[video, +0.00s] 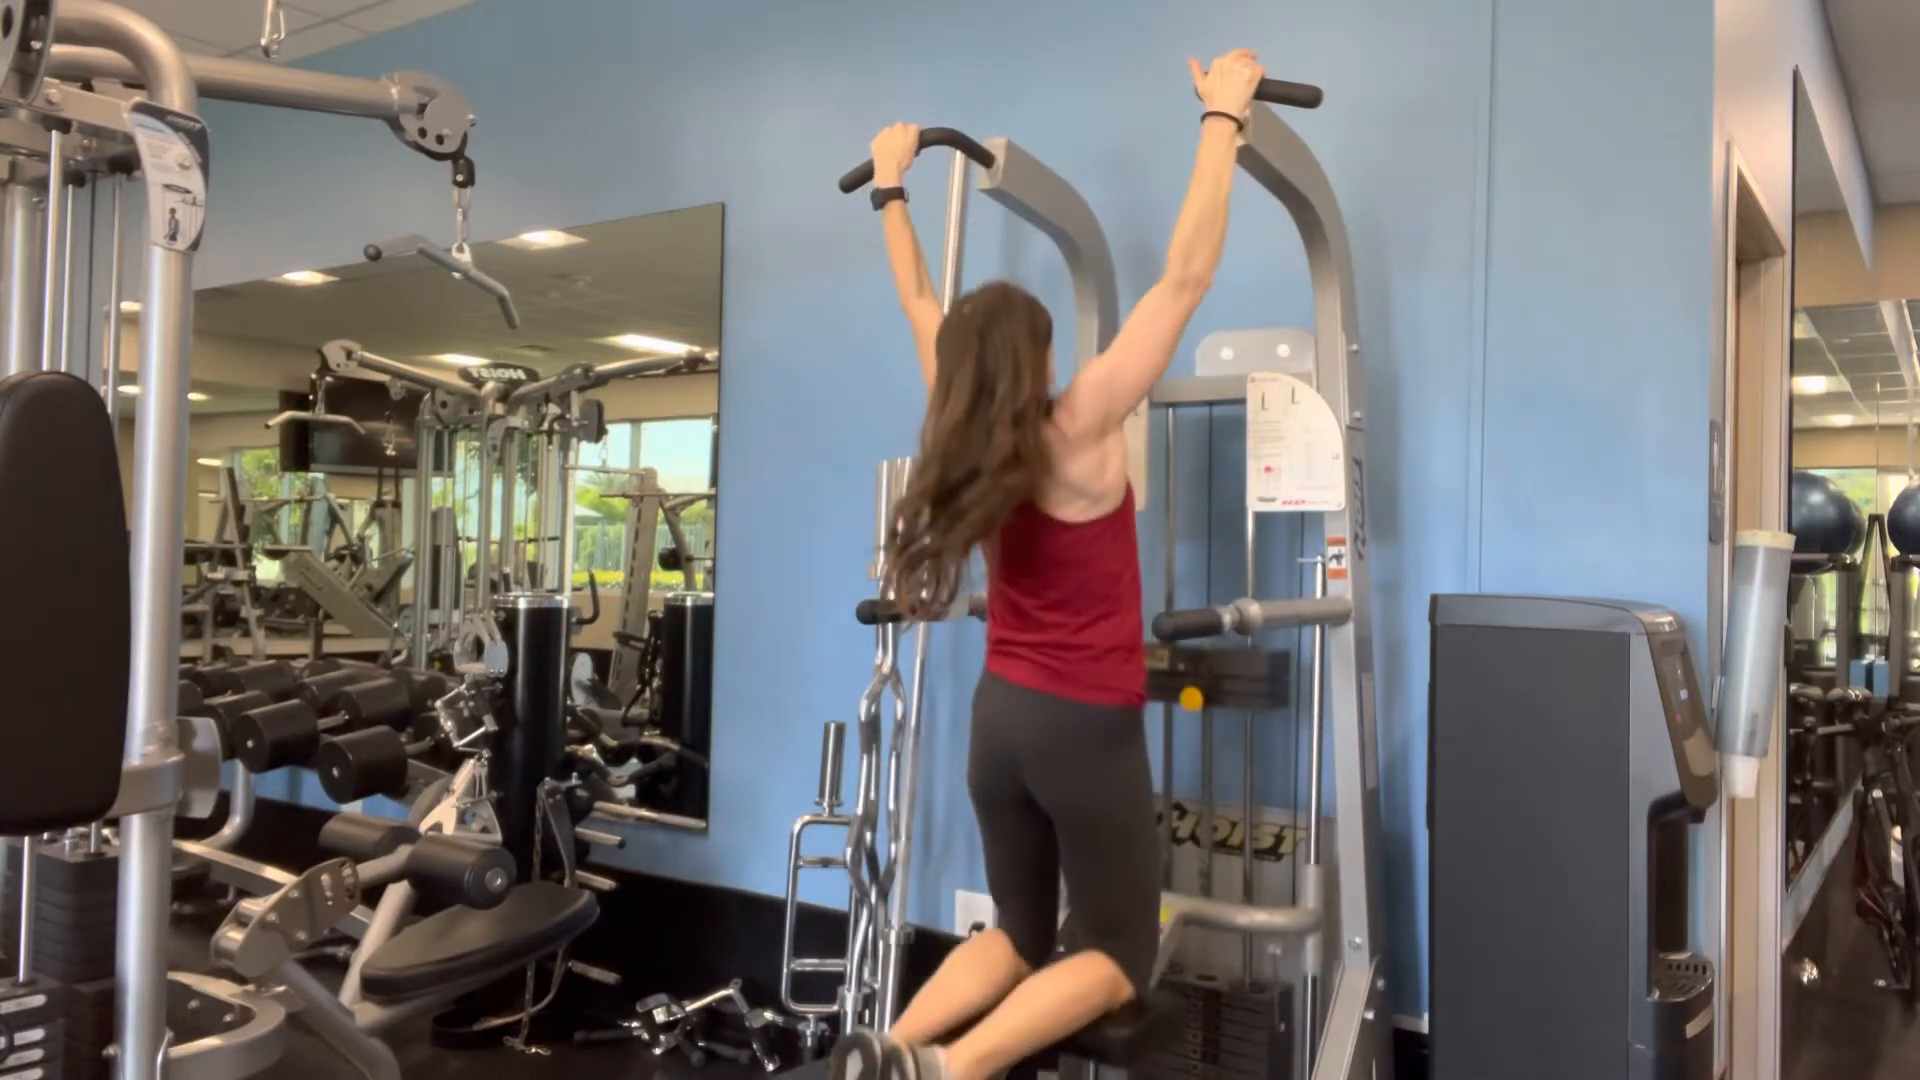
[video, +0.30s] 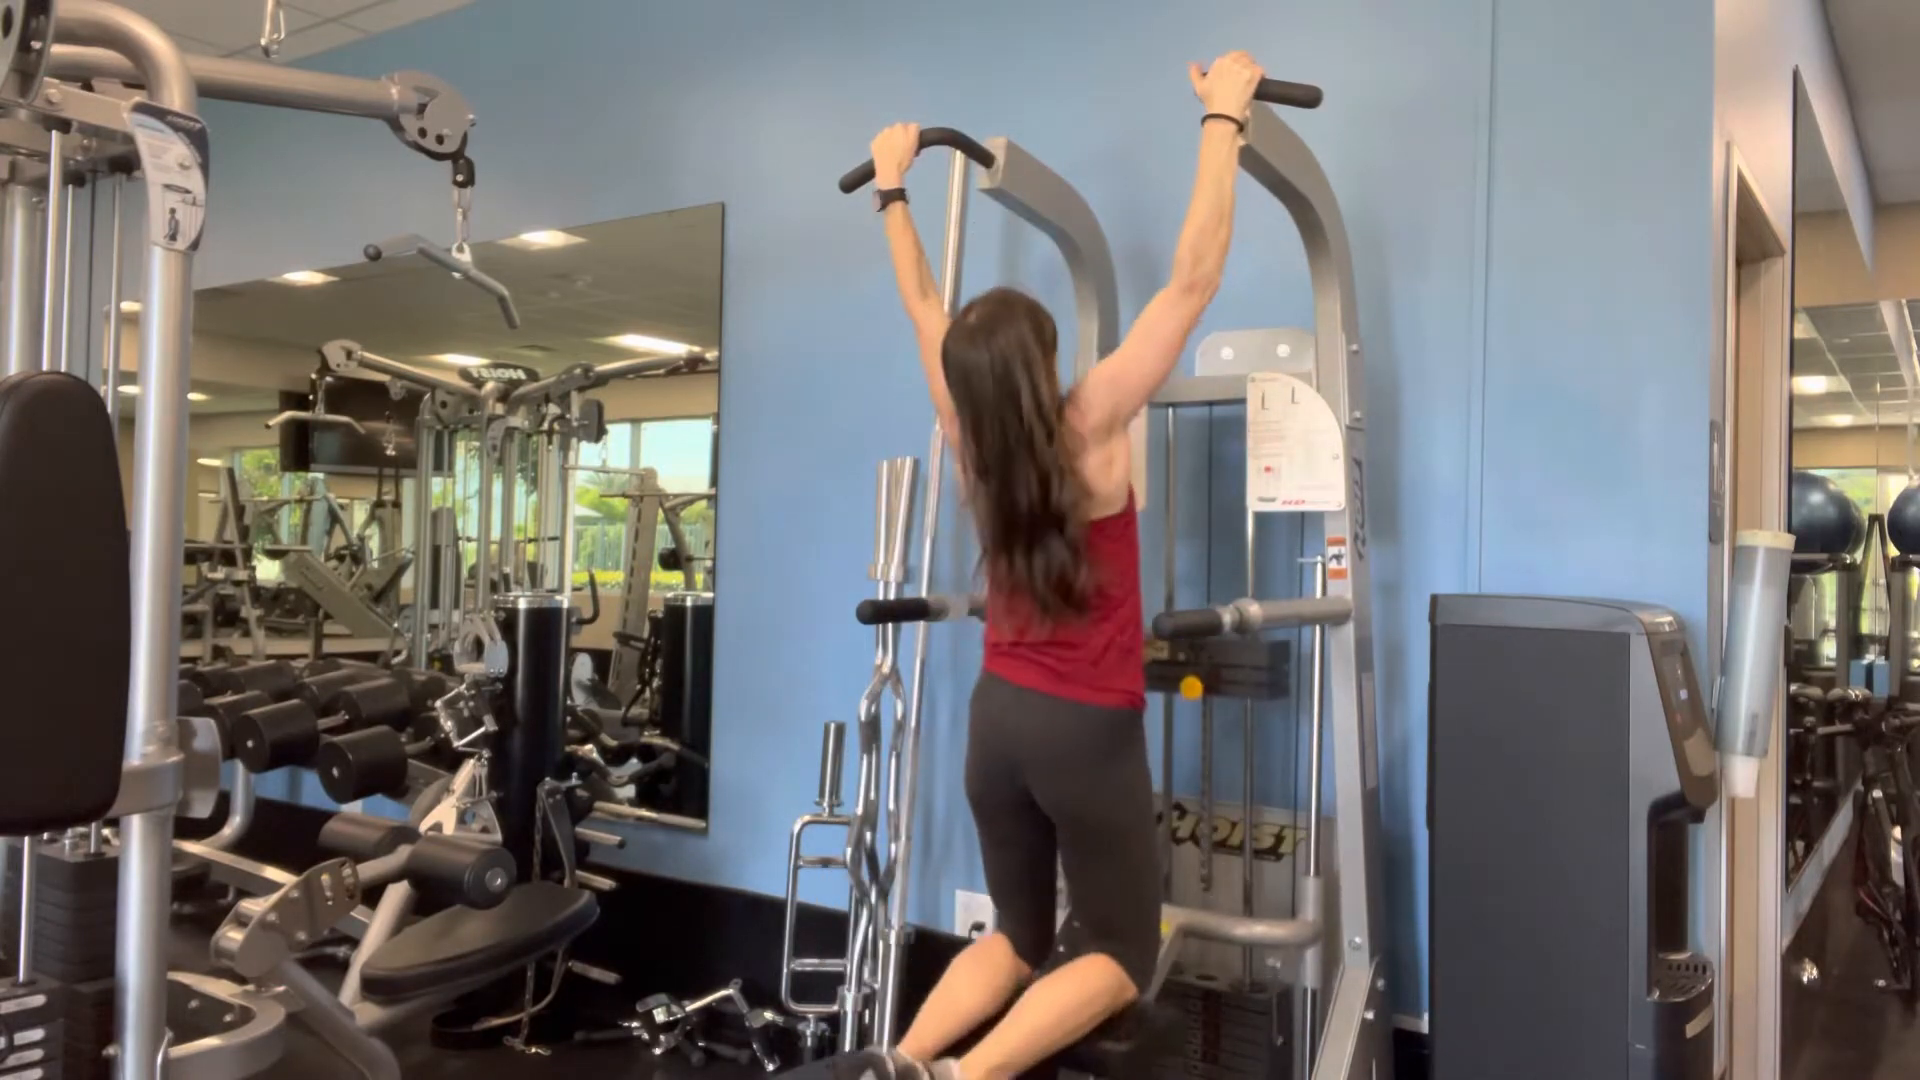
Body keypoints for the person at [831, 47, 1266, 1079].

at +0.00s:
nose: (1056, 336)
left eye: (1032, 331)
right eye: (1046, 329)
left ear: (966, 359)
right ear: (1040, 350)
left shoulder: (971, 428)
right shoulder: (1084, 420)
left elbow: (918, 303)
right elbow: (1186, 278)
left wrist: (888, 185)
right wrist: (1222, 119)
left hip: (1001, 717)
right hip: (1087, 731)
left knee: (1017, 933)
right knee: (1118, 958)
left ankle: (892, 1047)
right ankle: (957, 1065)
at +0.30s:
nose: (1055, 334)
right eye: (1046, 330)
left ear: (969, 372)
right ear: (1044, 358)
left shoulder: (969, 437)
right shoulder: (1094, 416)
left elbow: (922, 307)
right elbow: (1193, 281)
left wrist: (890, 189)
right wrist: (1223, 119)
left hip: (997, 714)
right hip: (1088, 730)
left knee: (1015, 934)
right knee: (1121, 955)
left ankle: (900, 1060)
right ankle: (968, 1076)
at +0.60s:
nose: (1042, 254)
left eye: (990, 248)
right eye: (1034, 245)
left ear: (954, 269)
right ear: (1030, 263)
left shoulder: (945, 356)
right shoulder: (1078, 339)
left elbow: (894, 286)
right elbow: (1226, 266)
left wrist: (887, 183)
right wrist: (1228, 117)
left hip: (997, 632)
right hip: (1089, 638)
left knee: (1020, 843)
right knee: (1127, 866)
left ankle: (896, 953)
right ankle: (964, 959)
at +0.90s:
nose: (1056, 146)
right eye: (1051, 135)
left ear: (953, 153)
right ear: (1039, 144)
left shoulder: (956, 239)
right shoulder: (1075, 227)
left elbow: (883, 300)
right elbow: (1238, 256)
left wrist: (885, 187)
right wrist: (1231, 117)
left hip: (1001, 520)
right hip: (1090, 527)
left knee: (1026, 742)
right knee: (1132, 755)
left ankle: (903, 855)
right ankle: (966, 859)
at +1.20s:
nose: (1069, 59)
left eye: (1063, 42)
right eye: (1065, 43)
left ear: (974, 60)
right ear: (1054, 55)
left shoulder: (952, 168)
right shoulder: (1094, 144)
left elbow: (885, 288)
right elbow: (1199, 255)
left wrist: (881, 180)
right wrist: (1230, 115)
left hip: (1010, 435)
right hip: (1098, 437)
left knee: (1030, 657)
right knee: (1133, 673)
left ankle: (908, 772)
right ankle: (970, 772)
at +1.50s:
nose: (1081, 29)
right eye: (1077, 20)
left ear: (987, 39)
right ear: (1068, 31)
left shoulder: (967, 145)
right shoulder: (1105, 120)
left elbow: (896, 278)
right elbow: (1172, 247)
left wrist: (880, 182)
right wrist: (1228, 118)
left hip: (1018, 405)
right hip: (1108, 404)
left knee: (1031, 626)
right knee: (1135, 640)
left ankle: (911, 720)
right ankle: (973, 724)